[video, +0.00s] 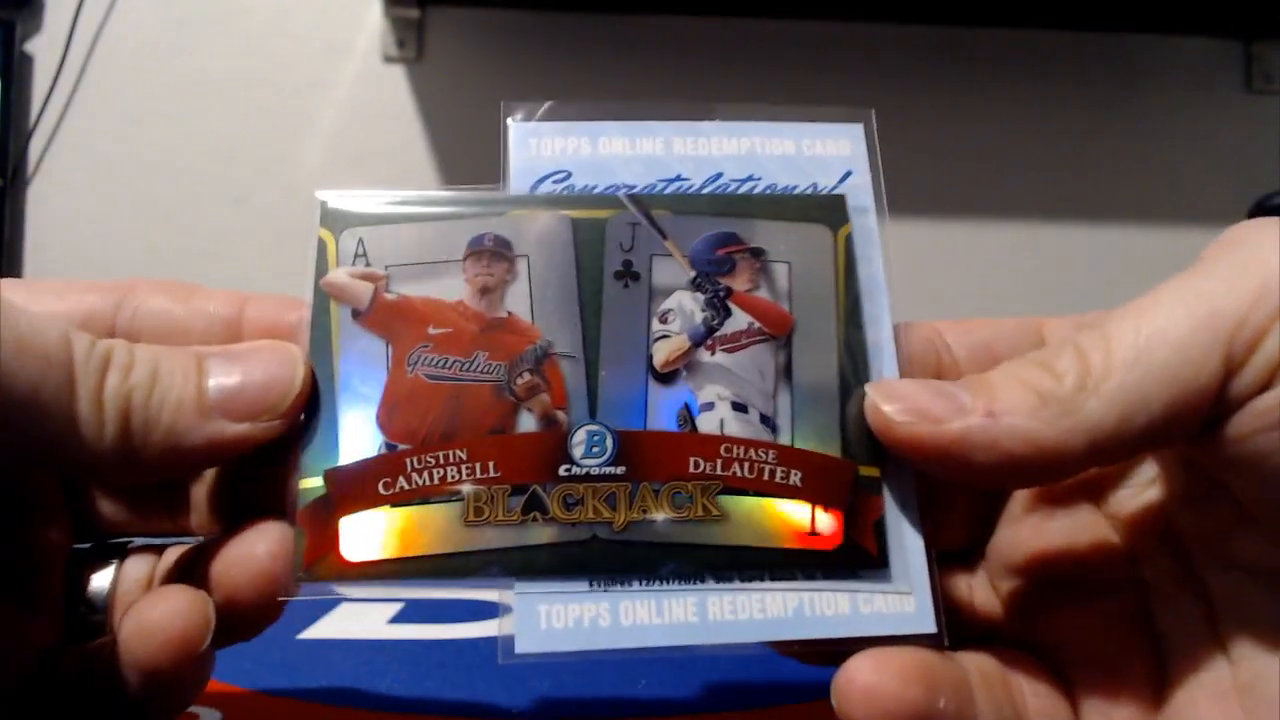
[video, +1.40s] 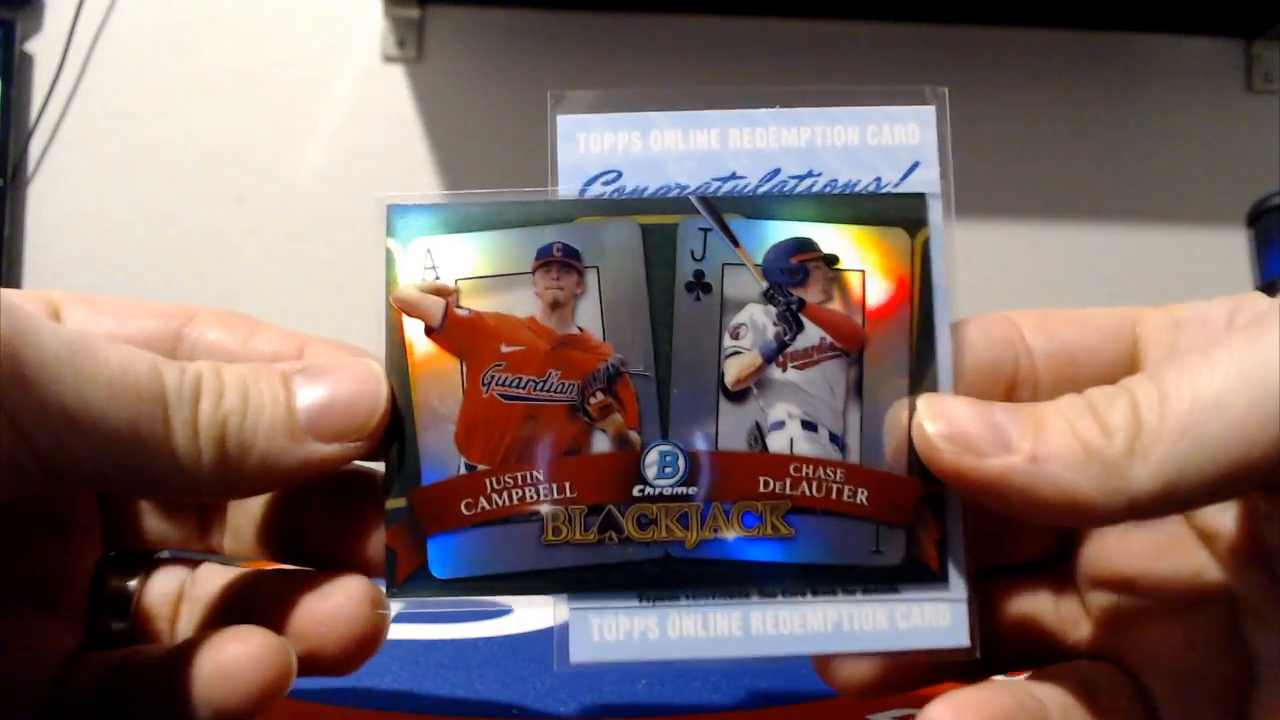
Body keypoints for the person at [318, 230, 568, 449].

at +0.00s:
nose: (485, 265)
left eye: (495, 259)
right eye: (477, 258)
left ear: (511, 272)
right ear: (464, 270)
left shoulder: (528, 339)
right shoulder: (419, 313)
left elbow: (561, 428)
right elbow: (332, 282)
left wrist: (542, 408)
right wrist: (368, 276)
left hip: (483, 473)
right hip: (406, 467)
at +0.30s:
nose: (500, 240)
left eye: (511, 233)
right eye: (492, 232)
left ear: (526, 246)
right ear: (479, 243)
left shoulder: (544, 315)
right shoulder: (433, 286)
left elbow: (574, 406)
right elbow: (347, 253)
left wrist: (554, 381)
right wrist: (379, 246)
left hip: (497, 447)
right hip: (420, 440)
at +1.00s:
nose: (522, 234)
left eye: (532, 230)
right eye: (514, 228)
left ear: (547, 245)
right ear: (500, 242)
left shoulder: (565, 317)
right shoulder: (456, 287)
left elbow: (597, 409)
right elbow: (370, 252)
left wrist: (579, 386)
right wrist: (404, 248)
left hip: (523, 450)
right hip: (450, 442)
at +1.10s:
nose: (532, 256)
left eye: (543, 250)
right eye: (524, 250)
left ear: (558, 265)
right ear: (511, 263)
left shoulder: (578, 335)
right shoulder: (469, 310)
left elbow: (612, 427)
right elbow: (382, 278)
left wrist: (593, 404)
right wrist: (413, 274)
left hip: (543, 471)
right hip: (468, 466)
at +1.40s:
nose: (554, 276)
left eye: (565, 270)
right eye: (546, 269)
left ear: (580, 285)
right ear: (534, 283)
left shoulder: (601, 357)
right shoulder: (491, 329)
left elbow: (634, 450)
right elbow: (403, 297)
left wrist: (616, 427)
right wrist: (437, 292)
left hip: (562, 495)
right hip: (485, 488)